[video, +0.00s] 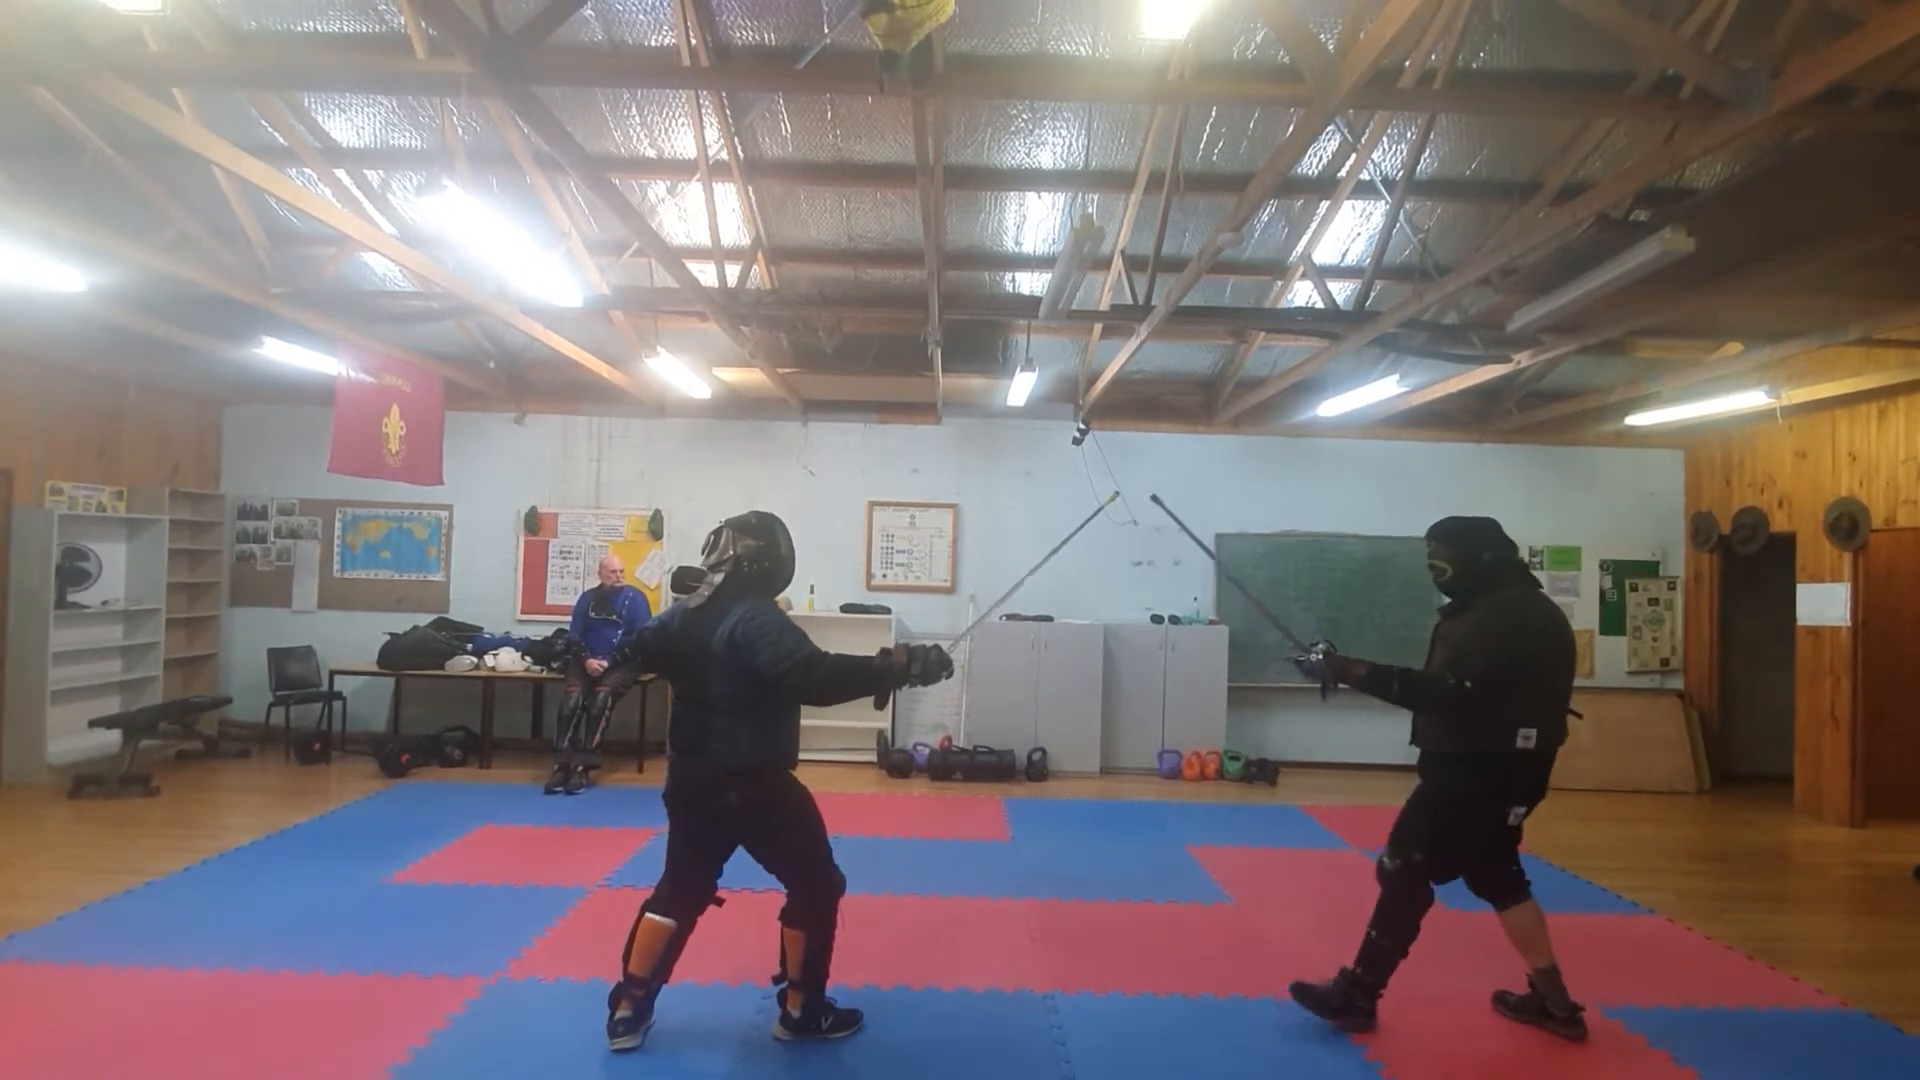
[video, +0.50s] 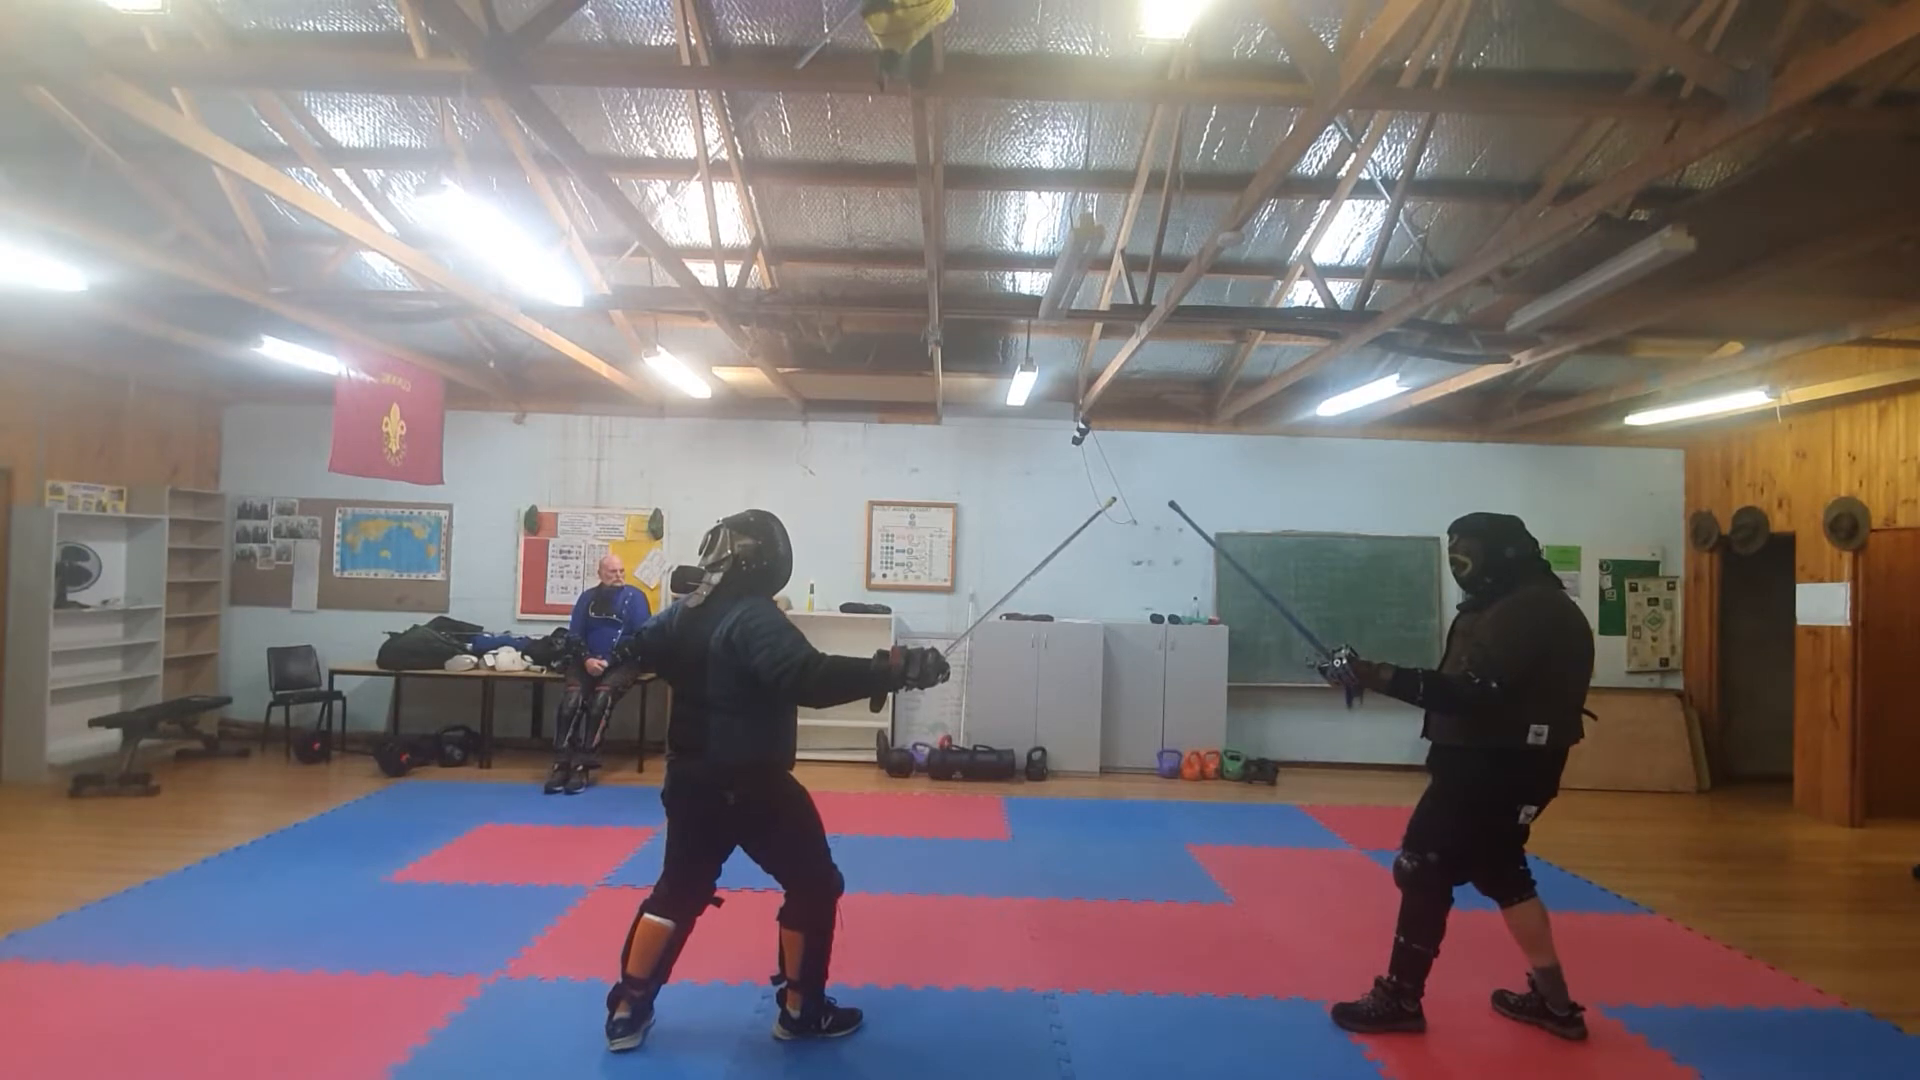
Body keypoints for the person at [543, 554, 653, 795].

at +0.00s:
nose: (618, 577)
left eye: (621, 572)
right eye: (613, 572)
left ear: (624, 573)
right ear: (600, 573)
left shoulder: (634, 598)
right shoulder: (587, 598)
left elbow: (640, 637)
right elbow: (574, 635)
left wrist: (609, 660)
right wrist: (586, 659)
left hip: (621, 662)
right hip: (586, 659)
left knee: (601, 697)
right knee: (572, 698)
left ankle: (582, 768)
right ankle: (561, 765)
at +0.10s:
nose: (618, 576)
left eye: (621, 572)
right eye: (613, 572)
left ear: (624, 572)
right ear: (600, 573)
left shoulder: (635, 597)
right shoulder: (587, 597)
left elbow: (641, 636)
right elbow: (574, 635)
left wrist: (609, 660)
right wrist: (586, 658)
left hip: (620, 662)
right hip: (586, 659)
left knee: (601, 698)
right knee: (572, 698)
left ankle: (582, 768)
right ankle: (561, 765)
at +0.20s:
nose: (618, 576)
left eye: (621, 572)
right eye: (613, 572)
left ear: (624, 572)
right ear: (600, 573)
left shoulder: (635, 597)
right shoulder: (587, 597)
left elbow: (640, 636)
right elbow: (574, 635)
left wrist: (609, 660)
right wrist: (586, 658)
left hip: (620, 662)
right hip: (586, 659)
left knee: (601, 697)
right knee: (572, 698)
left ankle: (582, 768)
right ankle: (561, 765)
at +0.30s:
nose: (618, 576)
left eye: (621, 572)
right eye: (613, 572)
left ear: (624, 572)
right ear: (600, 573)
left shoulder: (635, 598)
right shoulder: (587, 598)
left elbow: (640, 637)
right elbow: (574, 635)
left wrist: (609, 660)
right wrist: (585, 658)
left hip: (620, 662)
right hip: (586, 659)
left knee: (601, 698)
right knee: (572, 699)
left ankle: (582, 767)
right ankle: (561, 765)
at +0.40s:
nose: (618, 576)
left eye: (621, 572)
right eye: (613, 572)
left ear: (624, 572)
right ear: (600, 573)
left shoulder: (635, 598)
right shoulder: (587, 597)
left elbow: (640, 637)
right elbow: (574, 635)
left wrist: (609, 660)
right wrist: (585, 658)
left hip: (620, 662)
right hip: (586, 659)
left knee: (600, 698)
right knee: (572, 698)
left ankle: (582, 768)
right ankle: (561, 765)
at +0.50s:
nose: (619, 576)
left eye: (621, 572)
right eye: (613, 572)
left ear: (624, 572)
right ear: (600, 573)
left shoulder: (635, 597)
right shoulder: (587, 597)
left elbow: (640, 636)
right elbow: (575, 635)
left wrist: (610, 661)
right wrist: (586, 658)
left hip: (620, 662)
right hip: (586, 660)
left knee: (601, 698)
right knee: (572, 698)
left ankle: (582, 768)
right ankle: (561, 765)